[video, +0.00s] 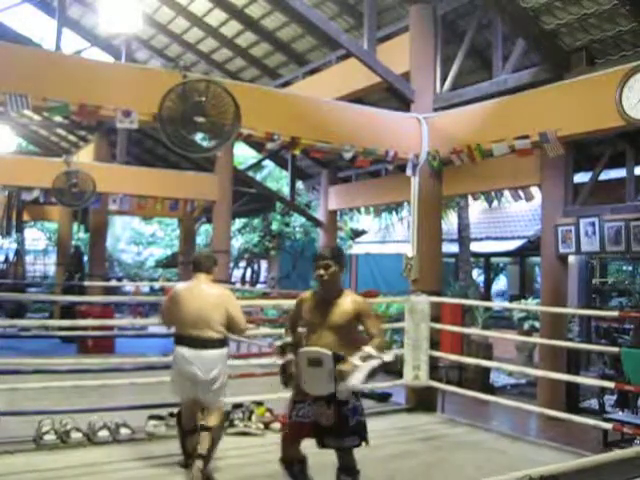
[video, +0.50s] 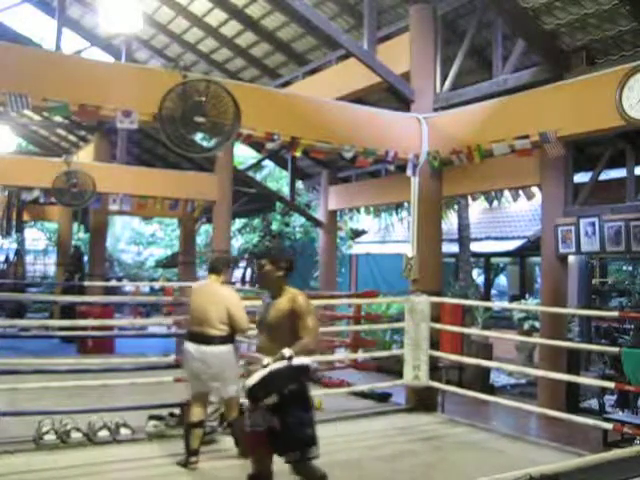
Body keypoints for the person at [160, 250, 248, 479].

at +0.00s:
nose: (217, 272)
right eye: (216, 269)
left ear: (193, 269)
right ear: (213, 270)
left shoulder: (178, 292)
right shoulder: (223, 294)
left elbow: (167, 318)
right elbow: (240, 326)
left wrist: (187, 313)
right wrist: (219, 319)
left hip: (184, 349)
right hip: (214, 352)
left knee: (188, 403)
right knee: (214, 406)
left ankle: (189, 454)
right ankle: (201, 457)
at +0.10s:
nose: (216, 272)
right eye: (215, 269)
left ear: (193, 269)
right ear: (213, 270)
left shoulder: (178, 291)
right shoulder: (222, 292)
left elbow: (167, 315)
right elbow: (239, 323)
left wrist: (187, 316)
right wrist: (221, 320)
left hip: (183, 346)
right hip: (213, 349)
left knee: (189, 403)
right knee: (221, 404)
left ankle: (190, 456)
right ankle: (206, 455)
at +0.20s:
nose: (218, 272)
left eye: (216, 268)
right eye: (217, 269)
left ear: (194, 269)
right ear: (214, 270)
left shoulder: (179, 289)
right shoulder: (220, 291)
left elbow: (169, 314)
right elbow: (236, 323)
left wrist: (183, 302)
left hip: (184, 345)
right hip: (213, 347)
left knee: (190, 401)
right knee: (225, 400)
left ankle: (190, 456)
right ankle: (218, 454)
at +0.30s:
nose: (219, 273)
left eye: (217, 269)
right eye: (218, 270)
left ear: (197, 269)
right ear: (214, 270)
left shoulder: (182, 289)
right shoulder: (221, 291)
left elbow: (177, 315)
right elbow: (235, 323)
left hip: (184, 344)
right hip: (213, 345)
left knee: (192, 400)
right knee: (228, 398)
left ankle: (190, 455)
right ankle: (228, 450)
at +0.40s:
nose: (226, 274)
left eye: (225, 271)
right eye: (225, 271)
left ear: (203, 269)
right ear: (220, 270)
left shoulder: (188, 289)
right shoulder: (223, 292)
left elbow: (188, 314)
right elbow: (237, 323)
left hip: (188, 342)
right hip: (215, 344)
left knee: (195, 398)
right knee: (228, 397)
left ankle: (191, 454)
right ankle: (239, 447)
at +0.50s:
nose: (230, 276)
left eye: (229, 272)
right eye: (229, 272)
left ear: (209, 271)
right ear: (225, 272)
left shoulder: (196, 289)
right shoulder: (228, 293)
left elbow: (198, 315)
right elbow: (242, 324)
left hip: (194, 340)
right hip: (220, 344)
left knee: (198, 398)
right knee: (231, 398)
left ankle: (192, 453)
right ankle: (242, 445)